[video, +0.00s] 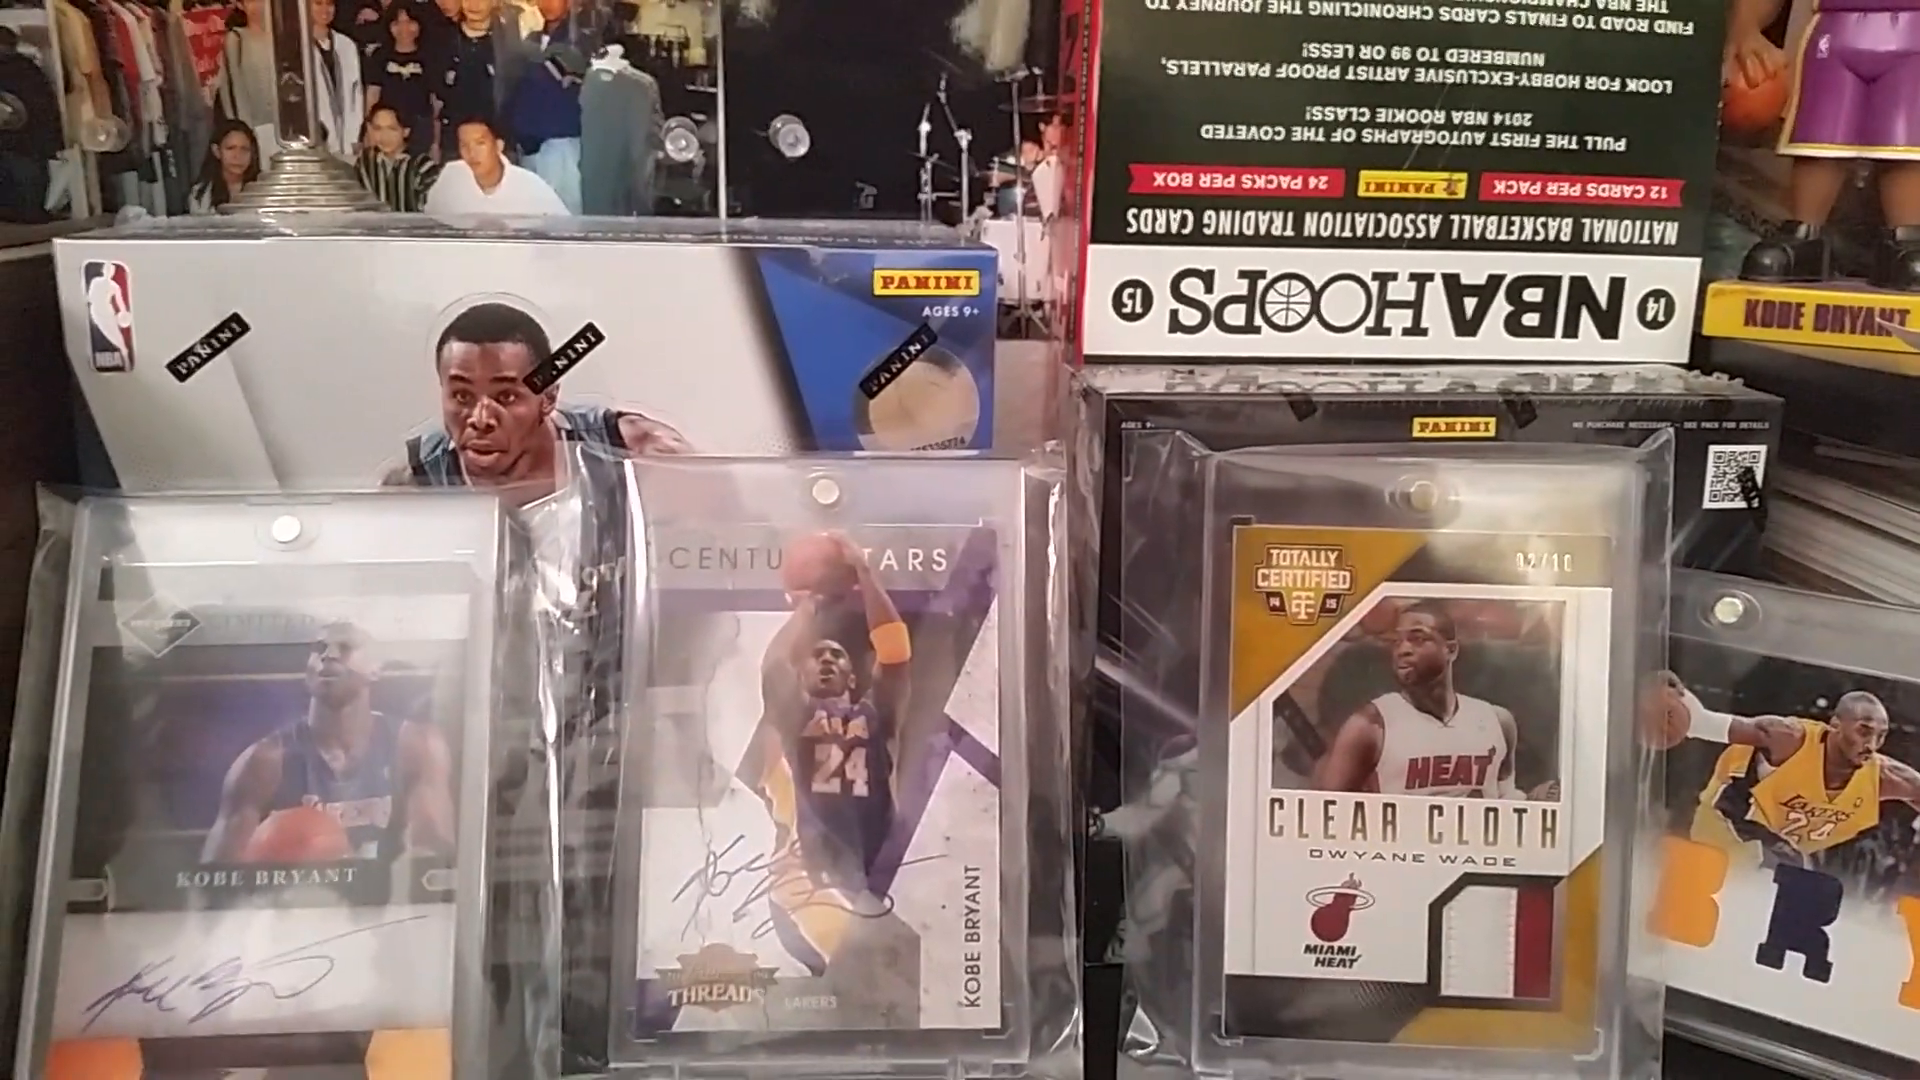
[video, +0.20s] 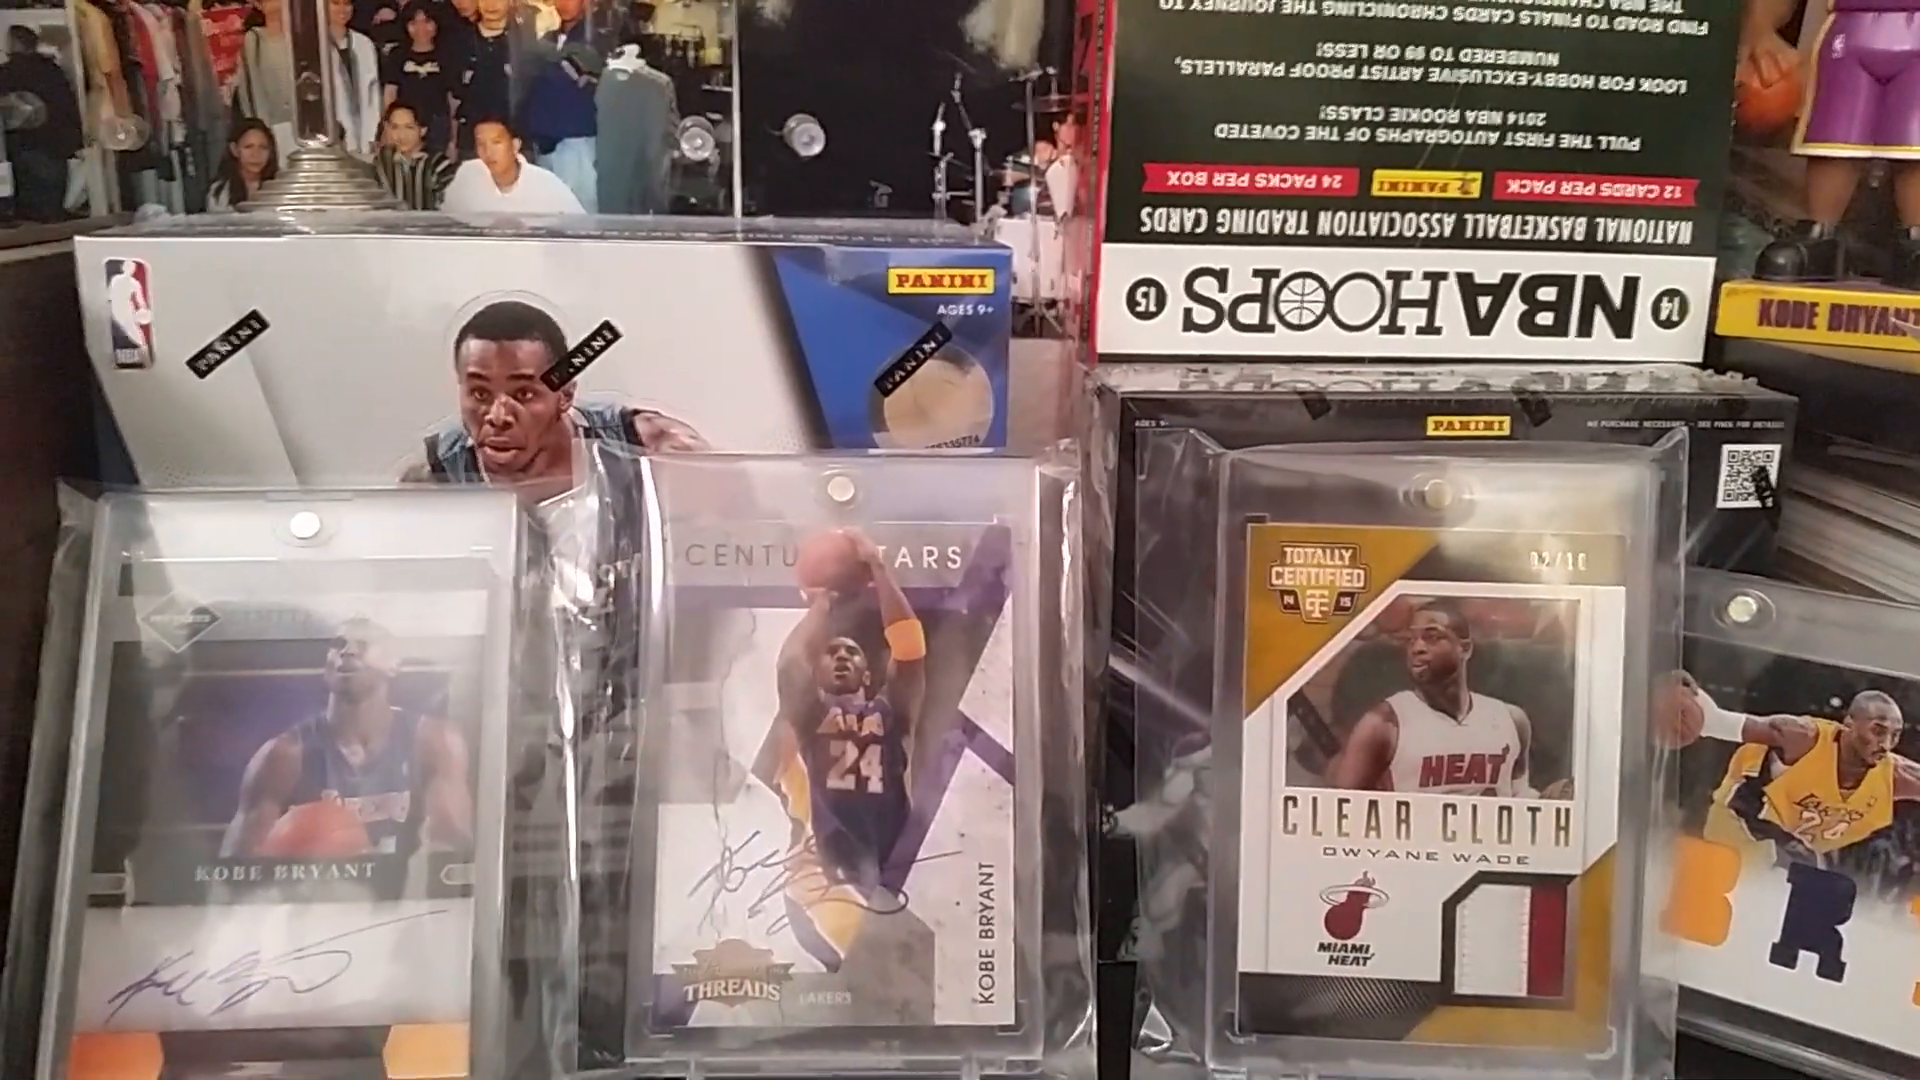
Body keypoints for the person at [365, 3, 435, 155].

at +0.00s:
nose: (404, 28)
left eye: (410, 22)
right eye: (398, 23)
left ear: (418, 28)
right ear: (392, 28)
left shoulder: (429, 58)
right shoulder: (380, 56)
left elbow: (436, 101)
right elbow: (373, 94)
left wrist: (436, 142)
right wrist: (370, 131)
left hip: (420, 127)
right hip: (387, 129)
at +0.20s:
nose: (420, 28)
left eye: (427, 21)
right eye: (414, 23)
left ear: (435, 27)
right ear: (408, 28)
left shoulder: (446, 56)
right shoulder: (398, 55)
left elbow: (453, 99)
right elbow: (390, 93)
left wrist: (453, 140)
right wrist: (389, 130)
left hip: (437, 125)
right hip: (405, 126)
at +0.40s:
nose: (427, 29)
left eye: (432, 23)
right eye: (420, 24)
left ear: (441, 28)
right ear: (414, 29)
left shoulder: (451, 59)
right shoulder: (403, 57)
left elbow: (459, 101)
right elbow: (395, 95)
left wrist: (458, 142)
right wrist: (392, 132)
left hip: (442, 128)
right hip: (410, 129)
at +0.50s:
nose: (434, 28)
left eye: (440, 22)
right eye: (428, 23)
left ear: (449, 27)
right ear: (421, 28)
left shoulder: (458, 56)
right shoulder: (410, 56)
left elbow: (466, 99)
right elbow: (403, 93)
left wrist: (465, 141)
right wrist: (400, 130)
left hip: (450, 127)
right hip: (418, 129)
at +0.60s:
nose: (446, 27)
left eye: (453, 22)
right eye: (447, 22)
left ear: (469, 26)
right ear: (445, 25)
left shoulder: (483, 58)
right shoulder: (435, 56)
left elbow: (490, 100)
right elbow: (425, 93)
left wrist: (489, 141)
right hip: (439, 128)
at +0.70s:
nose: (484, 29)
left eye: (486, 23)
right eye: (479, 24)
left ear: (494, 28)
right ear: (469, 29)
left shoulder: (504, 57)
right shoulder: (456, 57)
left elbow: (512, 101)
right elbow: (449, 93)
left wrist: (511, 141)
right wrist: (446, 129)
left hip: (495, 125)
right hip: (464, 125)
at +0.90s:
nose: (507, 32)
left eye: (511, 26)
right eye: (501, 28)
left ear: (519, 30)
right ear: (494, 33)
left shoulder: (529, 61)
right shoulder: (482, 60)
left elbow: (537, 103)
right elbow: (474, 97)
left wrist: (536, 143)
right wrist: (471, 132)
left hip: (521, 130)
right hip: (489, 130)